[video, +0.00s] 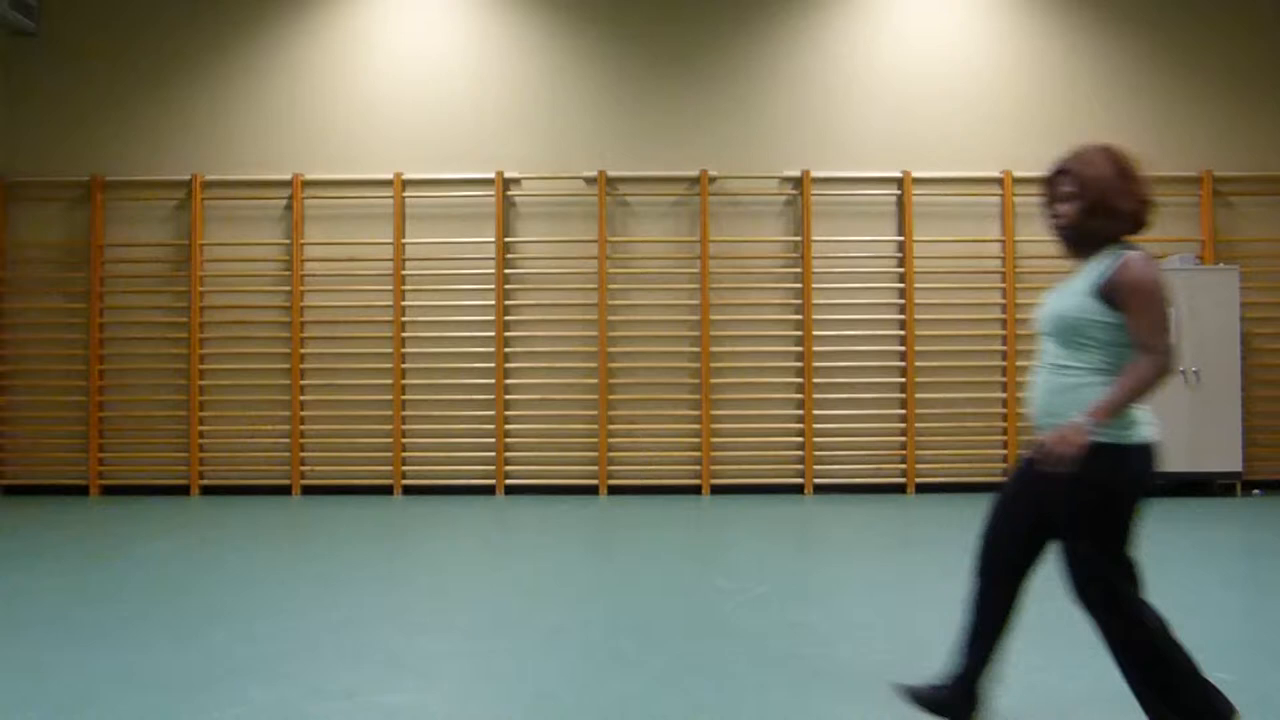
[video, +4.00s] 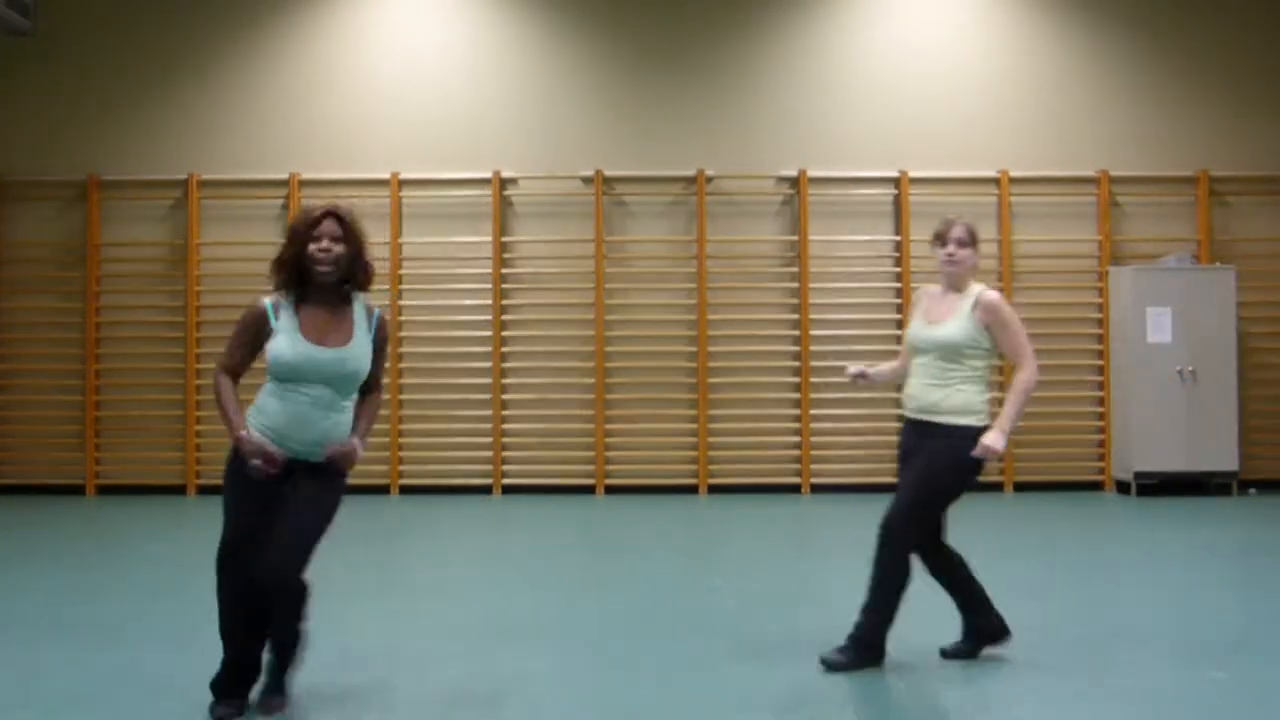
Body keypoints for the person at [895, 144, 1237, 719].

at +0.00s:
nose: (1057, 207)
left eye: (1070, 196)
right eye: (1052, 197)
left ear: (1106, 201)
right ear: (1050, 203)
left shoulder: (1132, 268)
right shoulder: (1086, 271)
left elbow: (1155, 357)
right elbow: (1088, 364)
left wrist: (1087, 423)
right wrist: (1050, 430)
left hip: (1106, 454)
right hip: (1059, 450)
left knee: (1104, 586)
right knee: (1001, 559)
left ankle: (1199, 710)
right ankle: (960, 690)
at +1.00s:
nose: (602, 212)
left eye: (613, 202)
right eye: (591, 202)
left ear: (631, 213)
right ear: (574, 213)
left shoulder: (657, 287)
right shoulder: (549, 278)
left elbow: (678, 350)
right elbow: (512, 357)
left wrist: (681, 387)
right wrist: (536, 329)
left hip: (619, 444)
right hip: (550, 440)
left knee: (597, 574)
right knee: (528, 574)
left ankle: (606, 699)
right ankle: (512, 701)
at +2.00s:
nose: (577, 229)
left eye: (586, 220)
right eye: (566, 221)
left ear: (601, 229)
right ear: (550, 231)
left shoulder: (625, 299)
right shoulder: (526, 295)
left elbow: (648, 380)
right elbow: (507, 373)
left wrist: (635, 432)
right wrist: (473, 356)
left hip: (602, 461)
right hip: (534, 460)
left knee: (602, 587)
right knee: (522, 588)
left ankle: (600, 707)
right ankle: (515, 707)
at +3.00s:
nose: (522, 215)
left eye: (532, 207)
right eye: (512, 208)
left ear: (549, 218)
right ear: (496, 220)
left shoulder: (571, 284)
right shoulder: (489, 280)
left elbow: (603, 357)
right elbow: (476, 352)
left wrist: (603, 419)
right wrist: (432, 402)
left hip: (556, 444)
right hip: (489, 444)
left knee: (576, 569)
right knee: (458, 563)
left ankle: (600, 696)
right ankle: (423, 689)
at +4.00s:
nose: (324, 248)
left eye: (335, 240)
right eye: (315, 239)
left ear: (352, 252)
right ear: (299, 249)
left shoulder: (372, 323)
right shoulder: (270, 312)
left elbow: (371, 390)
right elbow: (226, 372)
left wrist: (357, 439)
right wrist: (241, 434)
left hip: (321, 470)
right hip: (258, 461)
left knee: (279, 570)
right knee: (238, 573)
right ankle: (232, 689)